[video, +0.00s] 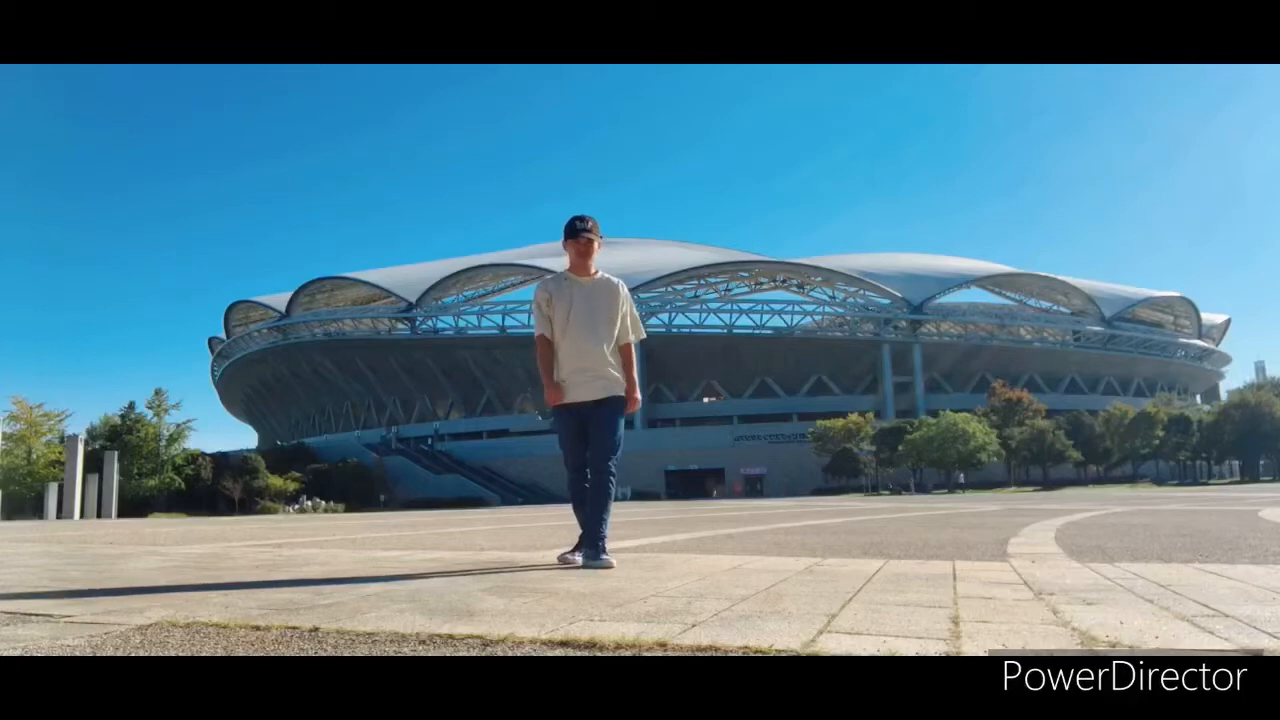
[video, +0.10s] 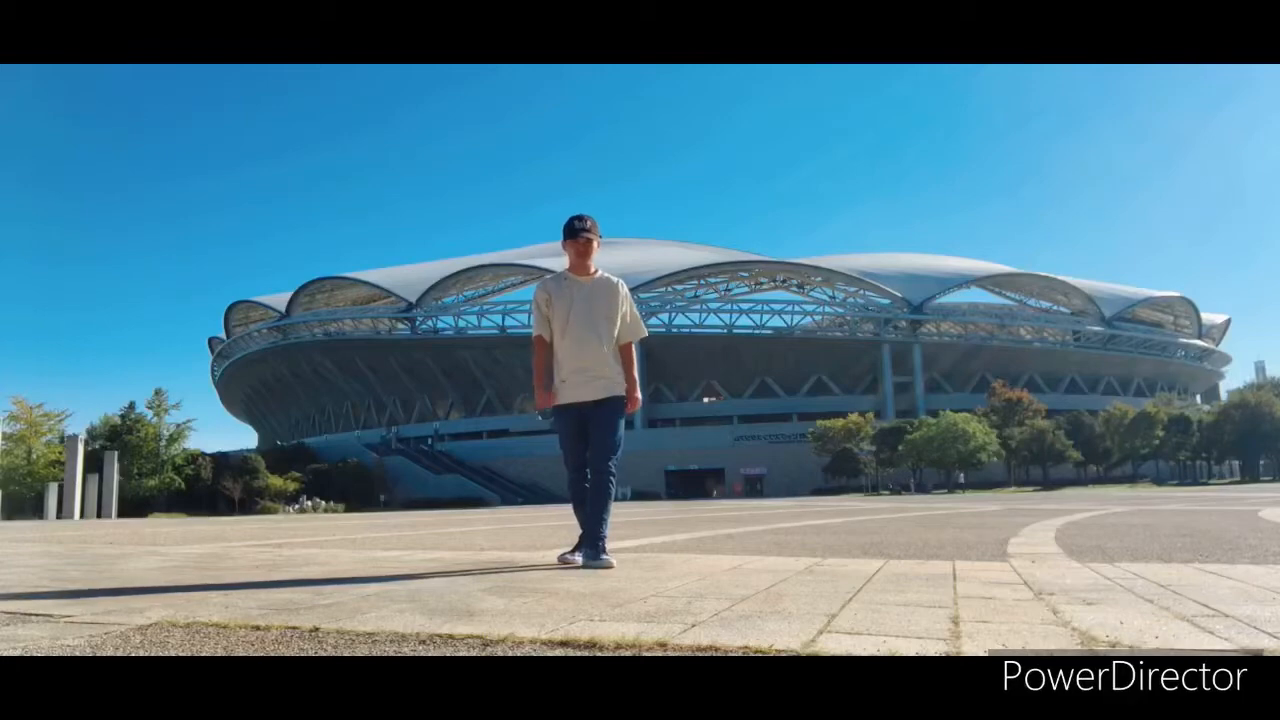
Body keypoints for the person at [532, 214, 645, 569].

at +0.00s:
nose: (585, 244)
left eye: (590, 239)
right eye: (578, 239)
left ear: (599, 244)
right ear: (566, 244)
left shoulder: (615, 288)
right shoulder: (548, 289)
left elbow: (626, 342)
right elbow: (543, 340)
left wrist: (633, 386)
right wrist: (548, 382)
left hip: (608, 390)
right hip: (567, 393)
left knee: (603, 468)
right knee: (576, 469)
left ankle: (596, 547)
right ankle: (588, 538)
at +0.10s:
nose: (583, 245)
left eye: (589, 240)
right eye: (576, 240)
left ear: (598, 244)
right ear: (565, 244)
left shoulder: (614, 287)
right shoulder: (548, 289)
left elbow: (626, 342)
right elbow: (541, 341)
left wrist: (633, 386)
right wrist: (541, 385)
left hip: (609, 392)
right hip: (567, 394)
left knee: (603, 469)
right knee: (576, 470)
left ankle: (596, 547)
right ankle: (587, 539)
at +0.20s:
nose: (582, 244)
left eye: (588, 239)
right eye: (576, 239)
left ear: (597, 244)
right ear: (565, 244)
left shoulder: (614, 286)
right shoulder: (548, 289)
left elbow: (625, 341)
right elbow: (540, 341)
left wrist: (632, 383)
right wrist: (534, 386)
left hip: (609, 392)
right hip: (567, 394)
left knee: (602, 469)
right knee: (576, 471)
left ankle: (596, 547)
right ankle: (588, 539)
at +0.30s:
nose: (582, 244)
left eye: (587, 239)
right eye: (575, 239)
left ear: (596, 243)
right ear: (564, 244)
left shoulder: (613, 286)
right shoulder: (548, 288)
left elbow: (625, 342)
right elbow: (539, 341)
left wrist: (632, 383)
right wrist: (531, 386)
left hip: (608, 392)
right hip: (566, 394)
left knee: (602, 468)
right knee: (576, 471)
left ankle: (595, 546)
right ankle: (588, 538)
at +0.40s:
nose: (581, 243)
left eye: (587, 238)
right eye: (574, 238)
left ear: (596, 243)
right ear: (563, 244)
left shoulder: (613, 287)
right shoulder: (547, 288)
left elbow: (623, 341)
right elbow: (538, 341)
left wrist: (630, 381)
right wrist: (531, 386)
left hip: (608, 391)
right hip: (566, 393)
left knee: (602, 467)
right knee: (575, 470)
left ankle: (595, 546)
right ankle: (588, 538)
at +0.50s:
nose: (581, 244)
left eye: (586, 238)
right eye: (574, 239)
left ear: (595, 243)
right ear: (563, 244)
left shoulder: (612, 287)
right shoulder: (547, 288)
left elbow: (623, 340)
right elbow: (538, 339)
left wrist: (629, 380)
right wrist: (534, 384)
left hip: (607, 390)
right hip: (565, 392)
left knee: (602, 467)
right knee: (576, 470)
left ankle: (596, 546)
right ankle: (587, 538)